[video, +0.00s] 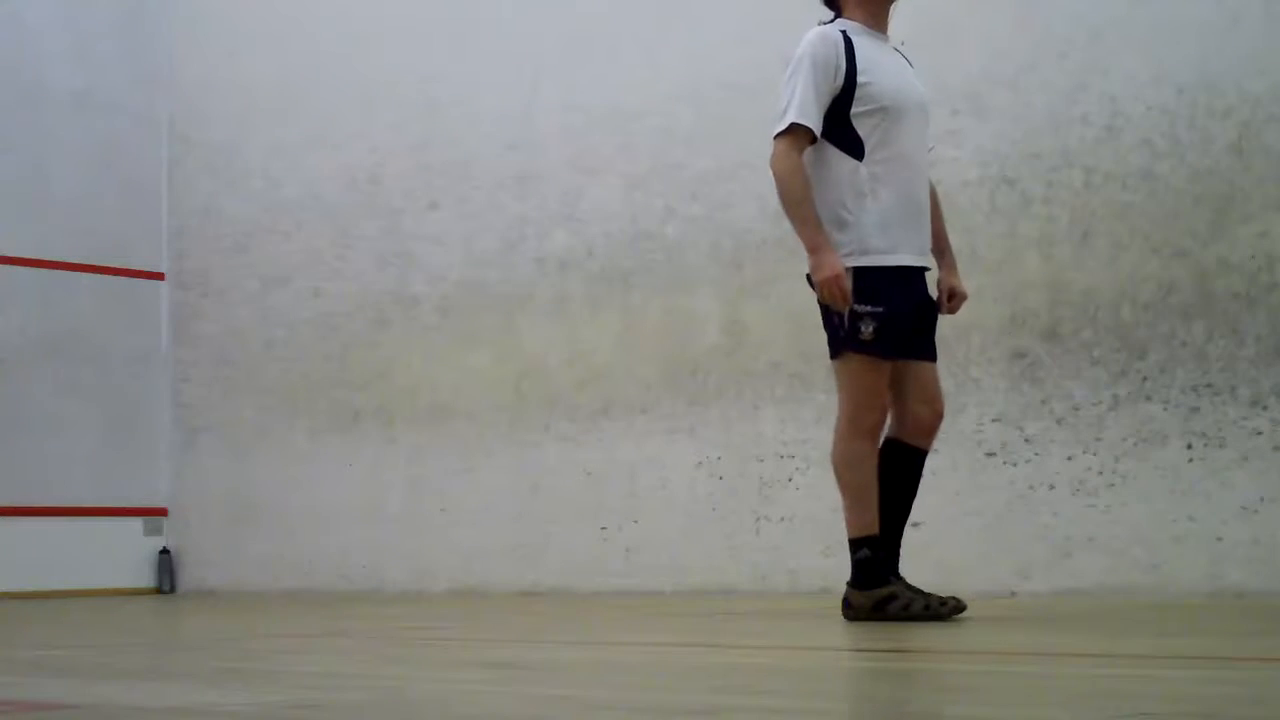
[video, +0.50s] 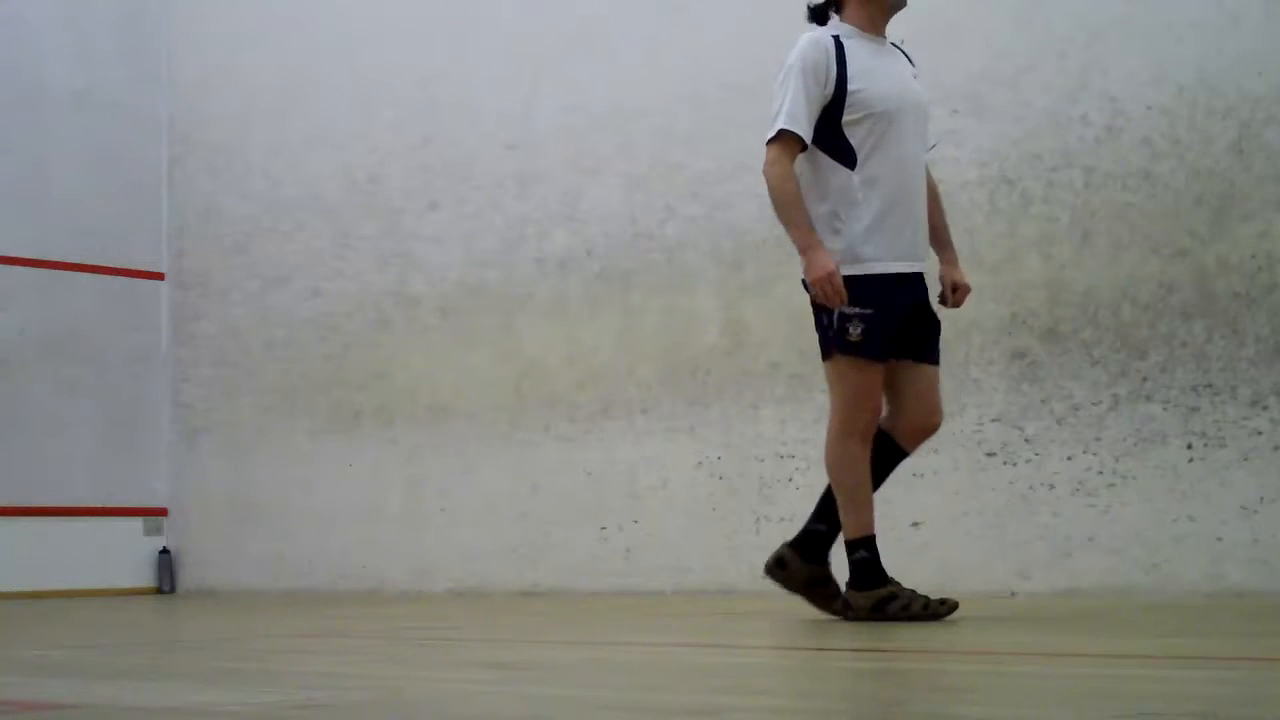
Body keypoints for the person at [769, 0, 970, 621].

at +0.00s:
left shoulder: (899, 59)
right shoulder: (826, 44)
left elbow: (915, 173)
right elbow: (785, 155)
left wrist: (945, 262)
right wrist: (820, 252)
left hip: (908, 268)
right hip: (858, 266)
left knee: (922, 413)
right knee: (862, 416)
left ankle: (881, 575)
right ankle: (867, 582)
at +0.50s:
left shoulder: (901, 59)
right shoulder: (818, 50)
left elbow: (915, 167)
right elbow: (777, 163)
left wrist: (946, 254)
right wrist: (811, 252)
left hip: (906, 272)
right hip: (850, 272)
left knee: (919, 417)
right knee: (855, 419)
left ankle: (806, 550)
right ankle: (867, 581)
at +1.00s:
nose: (955, 8)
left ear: (918, 2)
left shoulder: (905, 64)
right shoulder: (861, 44)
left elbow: (895, 185)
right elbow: (802, 144)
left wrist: (963, 229)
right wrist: (834, 247)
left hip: (896, 271)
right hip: (852, 268)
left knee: (914, 408)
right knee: (864, 412)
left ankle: (882, 575)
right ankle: (868, 581)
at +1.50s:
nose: (958, 11)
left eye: (957, 3)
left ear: (914, 4)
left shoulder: (910, 68)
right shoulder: (866, 46)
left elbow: (907, 187)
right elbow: (818, 144)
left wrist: (977, 220)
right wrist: (861, 235)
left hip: (886, 265)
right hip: (854, 263)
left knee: (882, 414)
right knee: (884, 411)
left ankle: (878, 578)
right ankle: (877, 580)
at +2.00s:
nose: (953, 8)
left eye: (952, 0)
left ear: (910, 3)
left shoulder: (904, 67)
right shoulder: (863, 48)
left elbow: (903, 183)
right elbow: (816, 149)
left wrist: (972, 219)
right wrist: (856, 243)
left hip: (881, 268)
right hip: (844, 267)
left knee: (894, 410)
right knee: (869, 412)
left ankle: (882, 576)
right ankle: (875, 582)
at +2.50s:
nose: (952, 10)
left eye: (952, 2)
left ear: (911, 3)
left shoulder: (907, 70)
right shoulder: (857, 47)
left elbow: (911, 183)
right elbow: (808, 149)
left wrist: (978, 218)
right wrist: (849, 243)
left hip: (882, 268)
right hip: (846, 267)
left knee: (878, 413)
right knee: (878, 410)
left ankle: (879, 579)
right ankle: (877, 581)